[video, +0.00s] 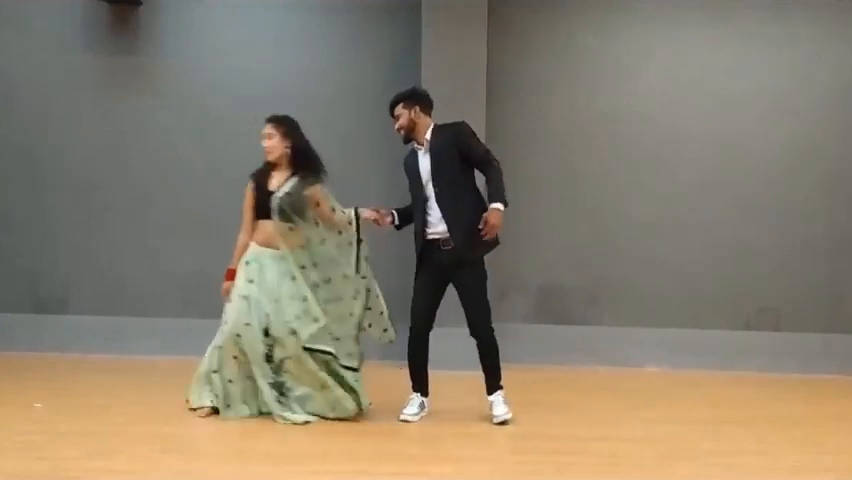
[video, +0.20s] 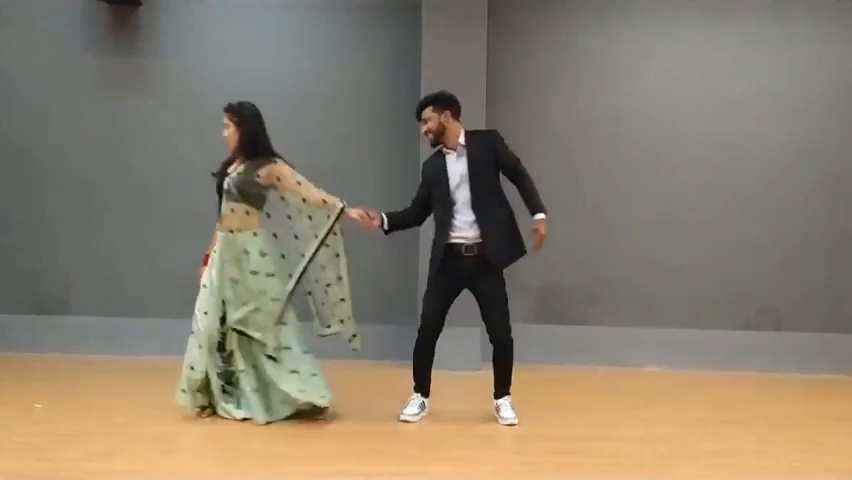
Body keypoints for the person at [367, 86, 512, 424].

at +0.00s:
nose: (395, 124)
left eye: (398, 116)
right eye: (393, 119)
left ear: (418, 111)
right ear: (412, 116)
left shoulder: (457, 133)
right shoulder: (411, 160)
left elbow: (490, 166)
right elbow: (422, 207)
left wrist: (497, 206)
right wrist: (393, 217)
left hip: (465, 247)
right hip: (430, 252)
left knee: (480, 326)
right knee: (419, 325)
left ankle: (496, 395)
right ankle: (419, 397)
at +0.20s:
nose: (423, 128)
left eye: (427, 120)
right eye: (421, 123)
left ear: (448, 116)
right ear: (438, 121)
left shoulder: (488, 142)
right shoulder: (433, 166)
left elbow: (518, 174)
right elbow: (417, 213)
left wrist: (539, 215)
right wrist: (381, 219)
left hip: (486, 255)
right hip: (448, 258)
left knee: (501, 333)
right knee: (428, 326)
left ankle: (502, 399)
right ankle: (419, 397)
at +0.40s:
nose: (460, 114)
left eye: (464, 107)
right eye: (458, 109)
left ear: (485, 103)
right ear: (465, 110)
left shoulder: (520, 139)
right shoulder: (459, 144)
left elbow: (539, 174)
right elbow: (421, 168)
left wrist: (562, 212)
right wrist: (375, 171)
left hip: (502, 253)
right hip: (464, 250)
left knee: (507, 330)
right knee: (439, 320)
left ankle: (503, 399)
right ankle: (417, 392)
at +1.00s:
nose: (439, 119)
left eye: (445, 113)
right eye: (438, 113)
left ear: (466, 115)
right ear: (443, 115)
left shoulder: (491, 154)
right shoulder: (431, 151)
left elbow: (507, 197)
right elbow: (410, 188)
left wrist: (518, 240)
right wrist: (372, 197)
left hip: (471, 256)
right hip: (433, 255)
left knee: (495, 326)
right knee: (413, 323)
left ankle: (504, 397)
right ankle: (396, 392)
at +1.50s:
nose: (436, 115)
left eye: (443, 111)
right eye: (434, 109)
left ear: (459, 113)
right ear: (432, 109)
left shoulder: (476, 152)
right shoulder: (417, 144)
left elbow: (488, 196)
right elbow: (396, 184)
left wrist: (485, 228)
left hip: (456, 251)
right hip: (417, 248)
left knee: (478, 325)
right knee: (404, 323)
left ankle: (501, 399)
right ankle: (394, 399)